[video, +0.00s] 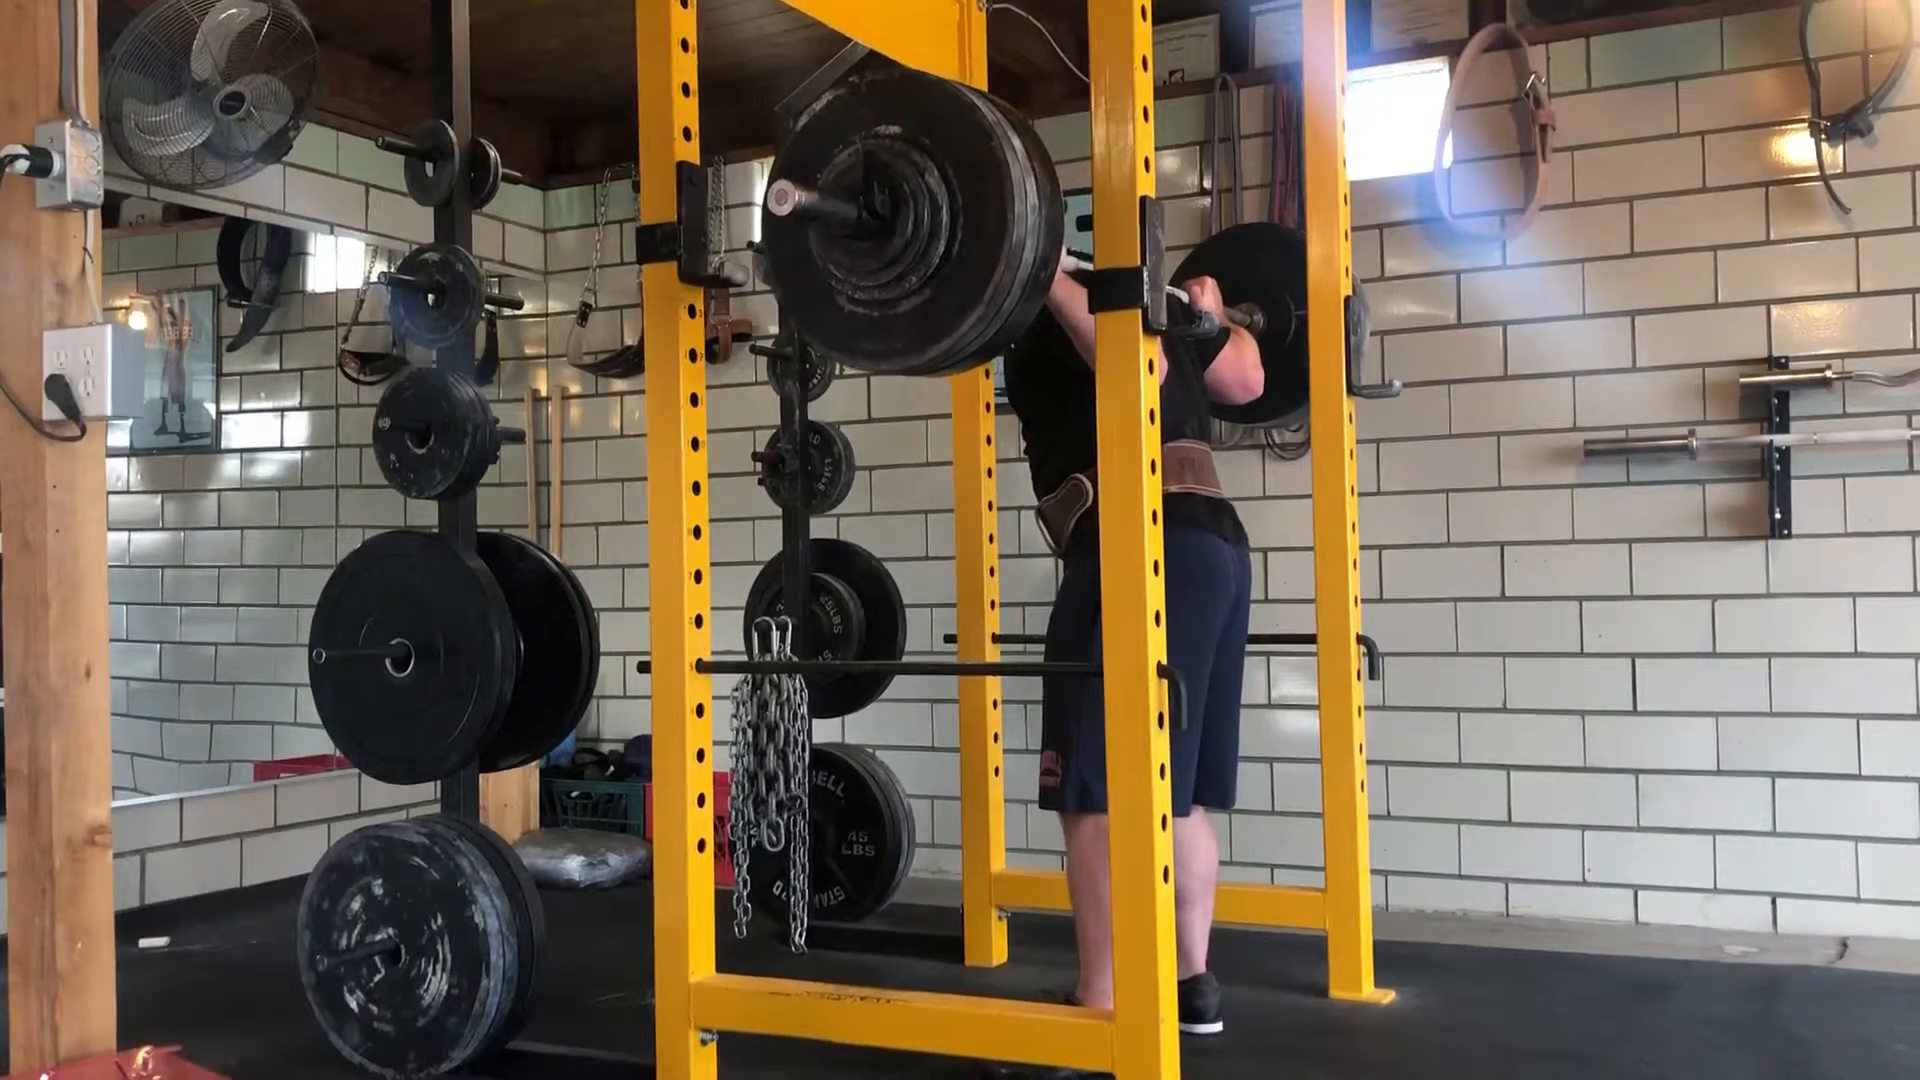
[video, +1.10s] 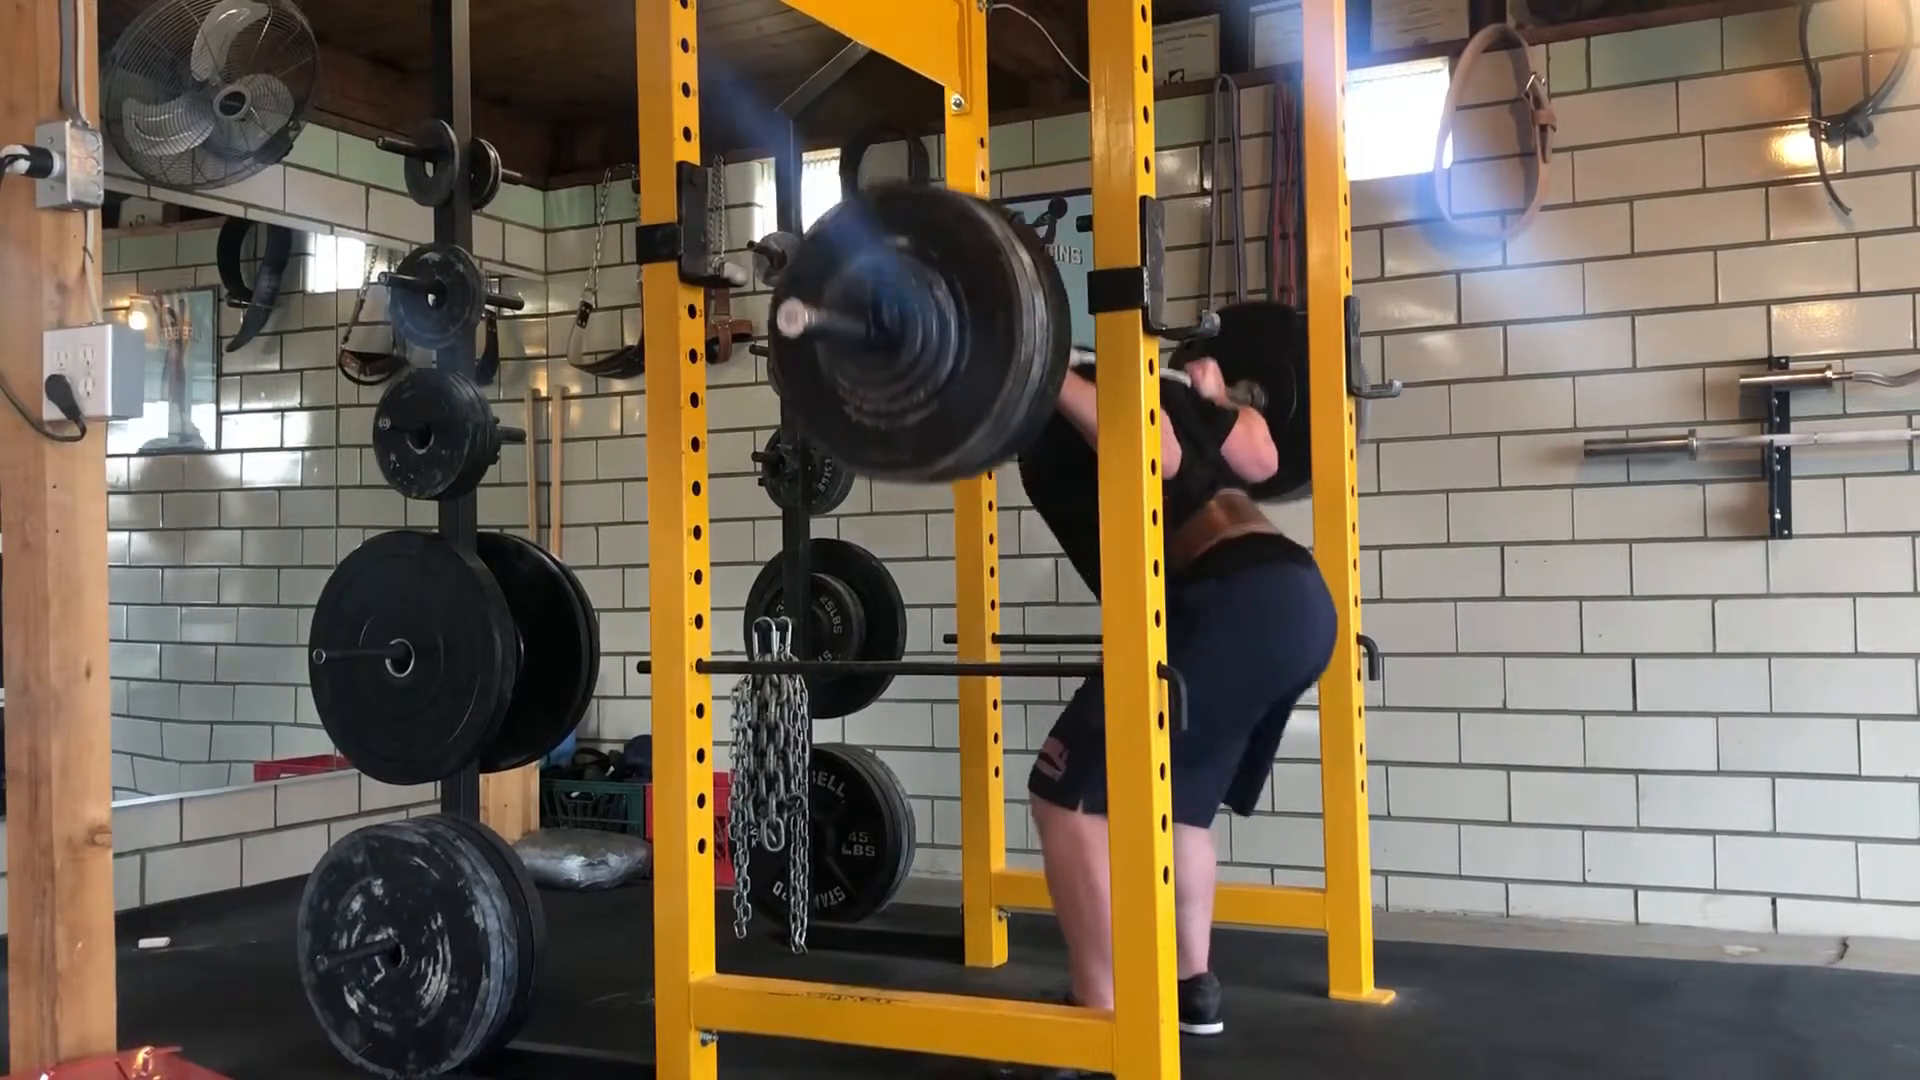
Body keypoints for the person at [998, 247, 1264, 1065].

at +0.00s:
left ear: (1032, 246)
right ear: (1077, 239)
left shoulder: (1052, 293)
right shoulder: (1168, 297)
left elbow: (1136, 370)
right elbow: (1246, 377)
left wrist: (1057, 284)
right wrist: (1213, 308)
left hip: (1127, 538)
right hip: (1214, 544)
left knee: (1089, 783)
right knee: (1188, 783)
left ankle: (1101, 999)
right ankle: (1193, 986)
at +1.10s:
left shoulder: (1073, 395)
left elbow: (1167, 457)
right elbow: (1259, 458)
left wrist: (1048, 375)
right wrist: (1209, 393)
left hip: (1234, 601)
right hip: (1291, 602)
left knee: (1064, 786)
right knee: (1185, 795)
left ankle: (1099, 1006)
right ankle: (1192, 986)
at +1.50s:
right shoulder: (1144, 496)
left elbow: (1163, 568)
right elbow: (1262, 555)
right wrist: (1216, 505)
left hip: (1261, 694)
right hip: (1310, 694)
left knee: (1036, 802)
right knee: (1169, 812)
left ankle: (1102, 1021)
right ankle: (1190, 982)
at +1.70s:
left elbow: (1161, 626)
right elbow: (1259, 603)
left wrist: (1041, 545)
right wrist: (1203, 550)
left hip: (1266, 744)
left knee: (1016, 810)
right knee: (1145, 812)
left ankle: (1104, 1029)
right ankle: (1188, 983)